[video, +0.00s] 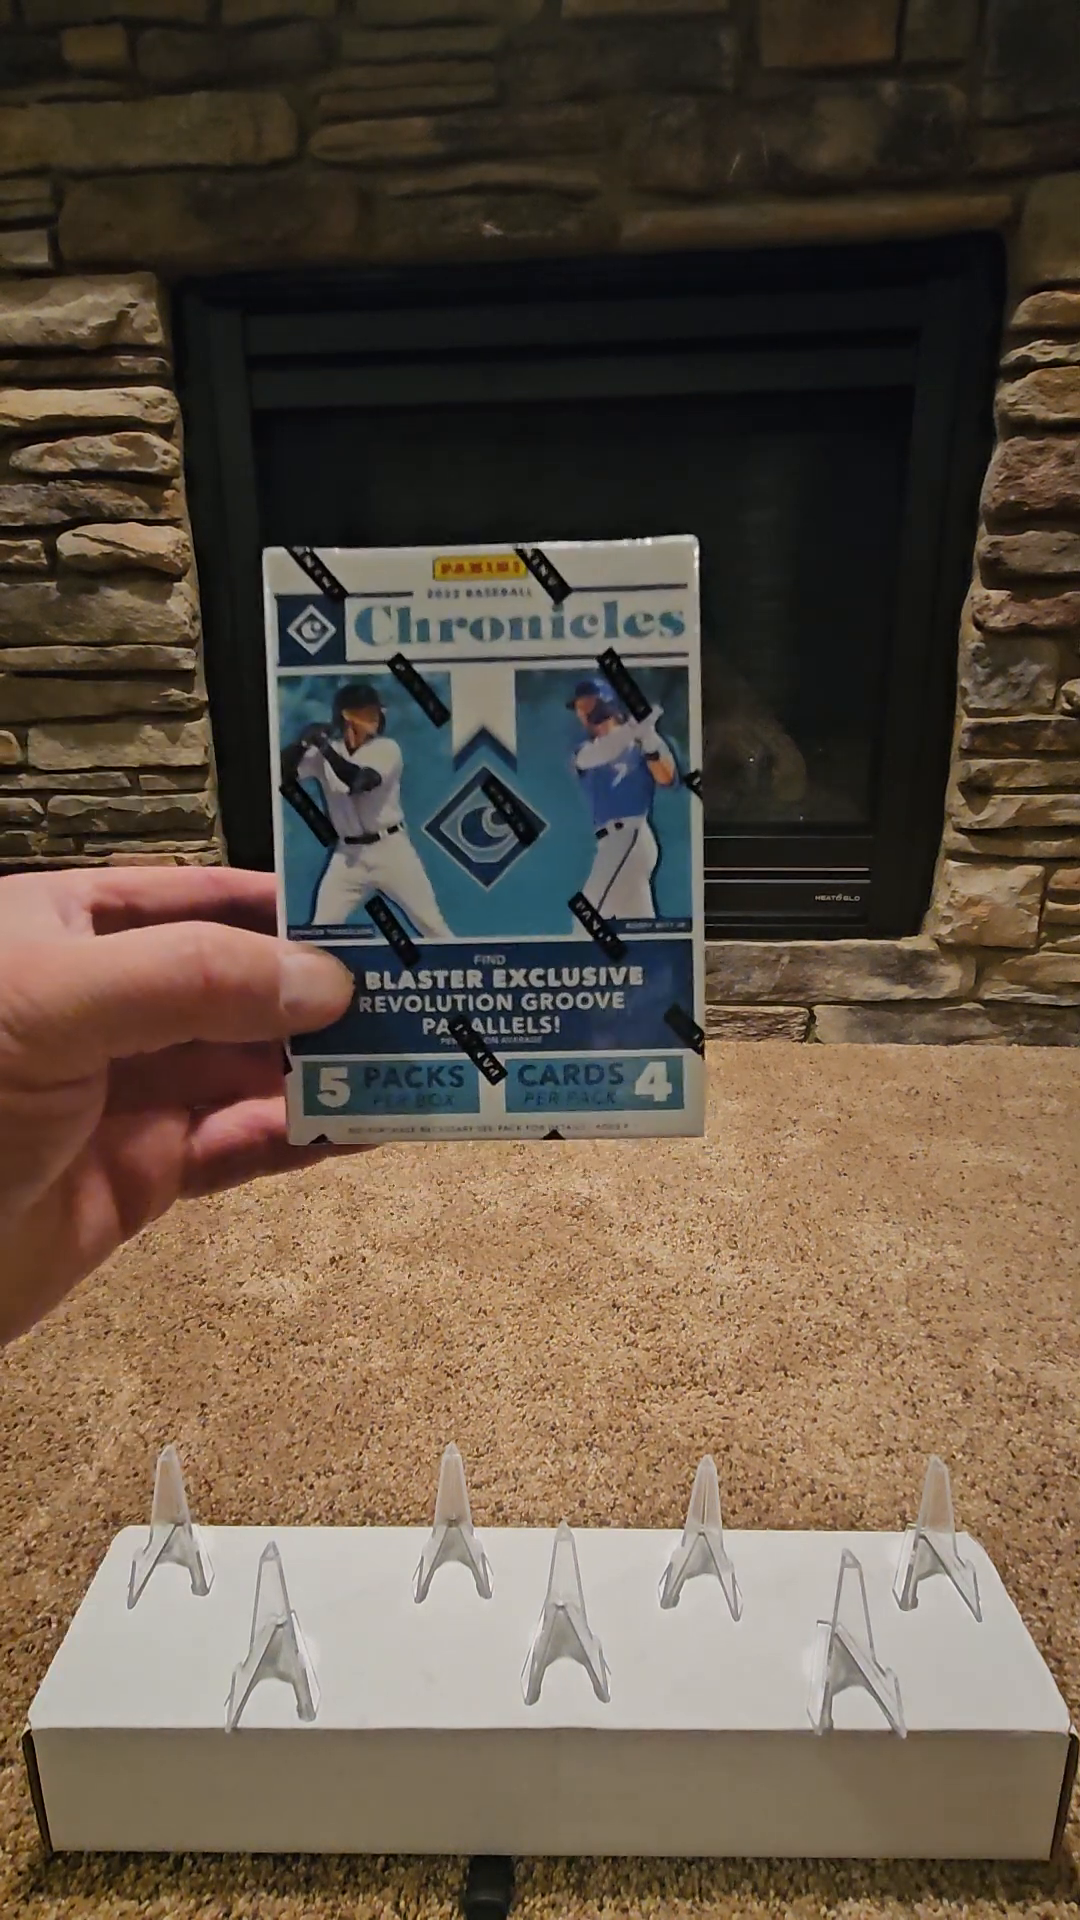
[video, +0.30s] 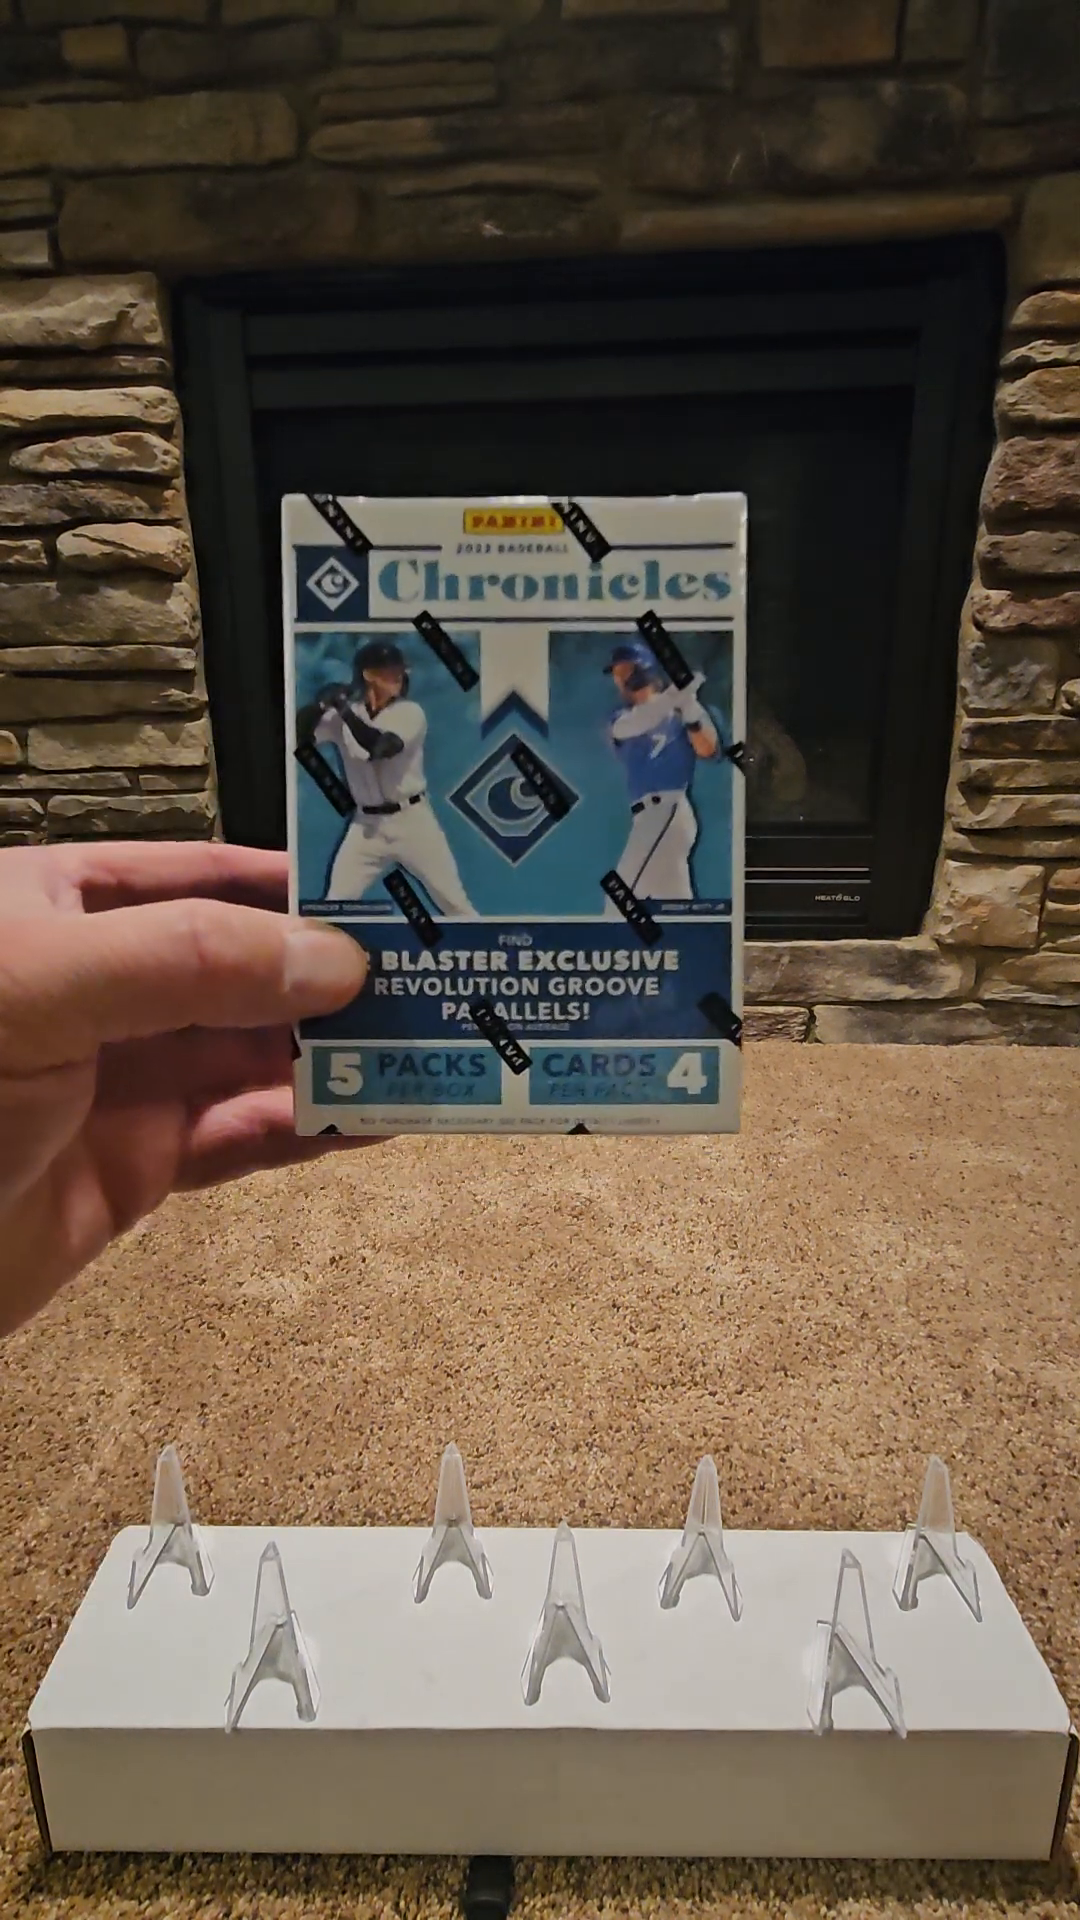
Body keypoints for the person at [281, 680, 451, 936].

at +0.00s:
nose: (375, 716)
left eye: (376, 710)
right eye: (366, 710)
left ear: (380, 713)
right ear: (347, 716)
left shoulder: (386, 748)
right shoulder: (322, 755)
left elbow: (358, 782)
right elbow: (281, 775)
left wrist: (324, 747)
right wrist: (302, 744)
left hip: (392, 851)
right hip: (347, 856)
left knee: (431, 925)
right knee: (322, 932)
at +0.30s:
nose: (398, 675)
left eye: (399, 669)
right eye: (389, 669)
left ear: (403, 673)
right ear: (368, 675)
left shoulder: (409, 712)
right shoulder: (341, 717)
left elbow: (380, 748)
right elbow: (299, 736)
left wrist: (343, 709)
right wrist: (320, 704)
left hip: (413, 822)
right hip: (366, 826)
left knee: (454, 904)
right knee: (336, 908)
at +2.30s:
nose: (387, 683)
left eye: (388, 677)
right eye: (378, 676)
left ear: (391, 681)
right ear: (355, 681)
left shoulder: (397, 720)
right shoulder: (326, 724)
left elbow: (364, 755)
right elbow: (281, 739)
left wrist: (328, 715)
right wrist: (304, 712)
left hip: (397, 833)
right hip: (348, 836)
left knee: (439, 916)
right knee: (317, 920)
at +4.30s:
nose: (379, 686)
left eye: (379, 680)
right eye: (369, 681)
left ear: (382, 686)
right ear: (346, 688)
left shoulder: (389, 725)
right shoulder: (319, 731)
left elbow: (356, 762)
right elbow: (276, 752)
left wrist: (319, 721)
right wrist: (297, 719)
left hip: (393, 838)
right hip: (343, 842)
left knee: (435, 920)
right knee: (313, 926)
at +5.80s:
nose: (371, 651)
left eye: (371, 644)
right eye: (361, 644)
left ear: (375, 649)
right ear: (335, 650)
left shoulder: (381, 693)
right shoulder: (303, 699)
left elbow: (344, 731)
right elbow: (255, 716)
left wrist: (307, 689)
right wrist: (282, 683)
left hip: (384, 816)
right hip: (330, 820)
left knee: (428, 906)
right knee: (297, 912)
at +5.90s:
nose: (349, 622)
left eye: (350, 615)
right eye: (339, 615)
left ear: (353, 620)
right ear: (313, 620)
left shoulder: (360, 665)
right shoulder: (281, 669)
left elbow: (324, 705)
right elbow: (231, 690)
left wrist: (283, 660)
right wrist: (258, 654)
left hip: (363, 792)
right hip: (308, 796)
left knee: (411, 887)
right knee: (275, 889)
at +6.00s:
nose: (336, 601)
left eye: (337, 594)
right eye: (326, 594)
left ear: (340, 599)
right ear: (300, 601)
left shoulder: (349, 645)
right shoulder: (266, 650)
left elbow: (311, 686)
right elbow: (216, 669)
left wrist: (270, 641)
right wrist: (243, 635)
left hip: (352, 774)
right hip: (296, 779)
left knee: (400, 871)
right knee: (261, 875)